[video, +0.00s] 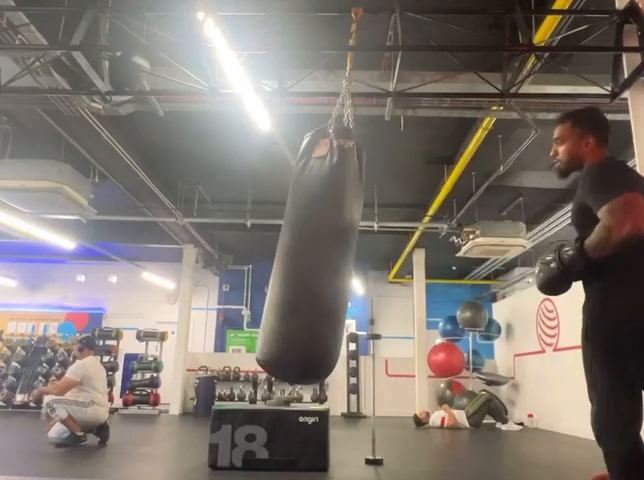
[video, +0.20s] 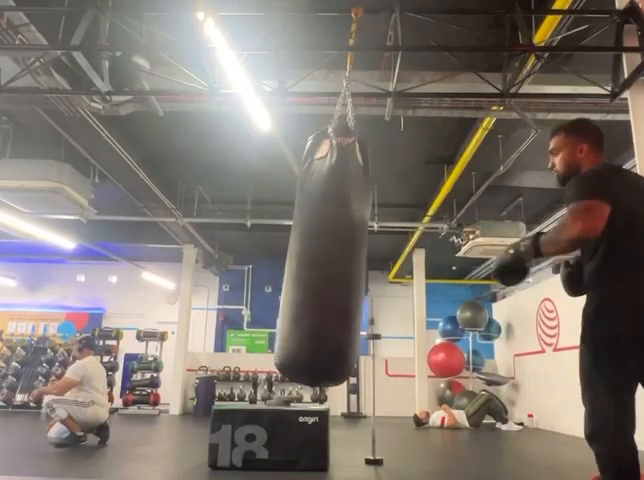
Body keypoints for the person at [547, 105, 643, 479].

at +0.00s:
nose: (553, 150)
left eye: (560, 141)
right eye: (554, 142)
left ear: (588, 141)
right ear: (591, 143)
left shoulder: (600, 173)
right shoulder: (620, 174)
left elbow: (622, 221)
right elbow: (626, 227)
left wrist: (572, 263)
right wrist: (572, 258)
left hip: (616, 309)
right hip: (625, 306)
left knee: (614, 414)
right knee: (621, 409)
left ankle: (623, 470)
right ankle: (626, 468)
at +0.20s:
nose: (551, 162)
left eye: (555, 152)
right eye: (550, 155)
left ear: (583, 149)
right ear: (588, 152)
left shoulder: (597, 178)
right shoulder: (631, 181)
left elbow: (587, 224)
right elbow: (633, 244)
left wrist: (527, 252)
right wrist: (589, 267)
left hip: (615, 308)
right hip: (634, 306)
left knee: (606, 413)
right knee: (615, 406)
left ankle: (617, 470)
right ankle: (619, 468)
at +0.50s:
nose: (526, 179)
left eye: (527, 169)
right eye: (524, 171)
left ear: (546, 163)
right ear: (565, 162)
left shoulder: (535, 202)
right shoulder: (625, 190)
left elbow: (470, 229)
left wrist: (421, 240)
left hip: (586, 333)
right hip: (637, 323)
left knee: (602, 434)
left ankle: (617, 476)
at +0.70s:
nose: (528, 180)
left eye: (528, 171)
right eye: (526, 173)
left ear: (546, 163)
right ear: (567, 162)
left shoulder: (537, 199)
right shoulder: (626, 191)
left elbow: (474, 226)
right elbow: (641, 251)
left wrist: (419, 234)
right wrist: (616, 264)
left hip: (578, 333)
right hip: (633, 323)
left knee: (592, 428)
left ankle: (613, 478)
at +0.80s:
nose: (539, 180)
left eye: (541, 170)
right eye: (538, 171)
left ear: (562, 164)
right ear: (577, 164)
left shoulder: (549, 197)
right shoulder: (632, 195)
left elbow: (487, 227)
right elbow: (642, 254)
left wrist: (435, 239)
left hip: (585, 336)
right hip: (636, 331)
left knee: (591, 430)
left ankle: (614, 477)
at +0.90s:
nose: (549, 177)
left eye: (553, 167)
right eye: (548, 169)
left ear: (577, 162)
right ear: (585, 164)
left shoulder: (568, 195)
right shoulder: (635, 196)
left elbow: (515, 237)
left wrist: (473, 253)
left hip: (594, 332)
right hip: (640, 328)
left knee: (593, 426)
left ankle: (614, 476)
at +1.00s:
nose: (561, 176)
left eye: (564, 167)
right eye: (559, 169)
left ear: (590, 161)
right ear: (597, 164)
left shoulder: (588, 189)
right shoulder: (636, 193)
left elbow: (577, 239)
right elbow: (632, 255)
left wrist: (532, 277)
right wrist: (585, 279)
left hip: (607, 324)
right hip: (640, 320)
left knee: (595, 423)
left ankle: (615, 475)